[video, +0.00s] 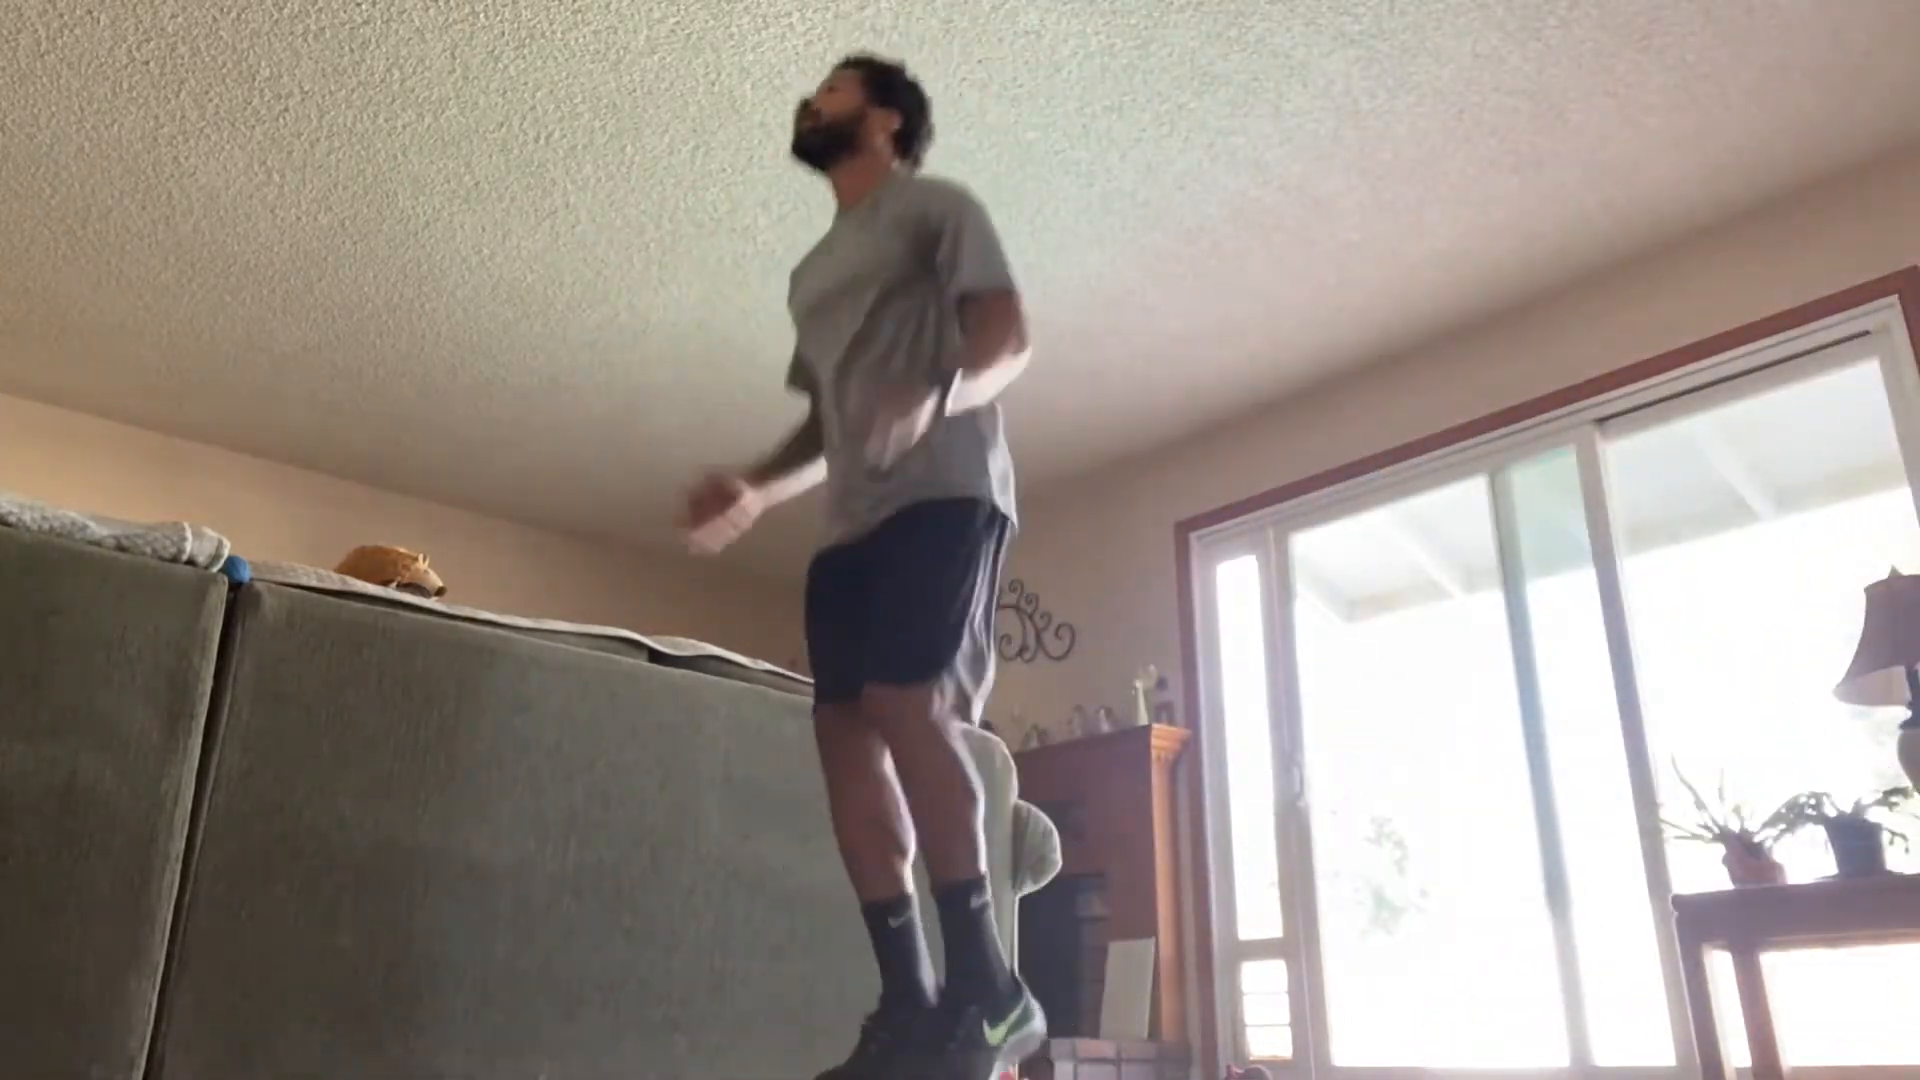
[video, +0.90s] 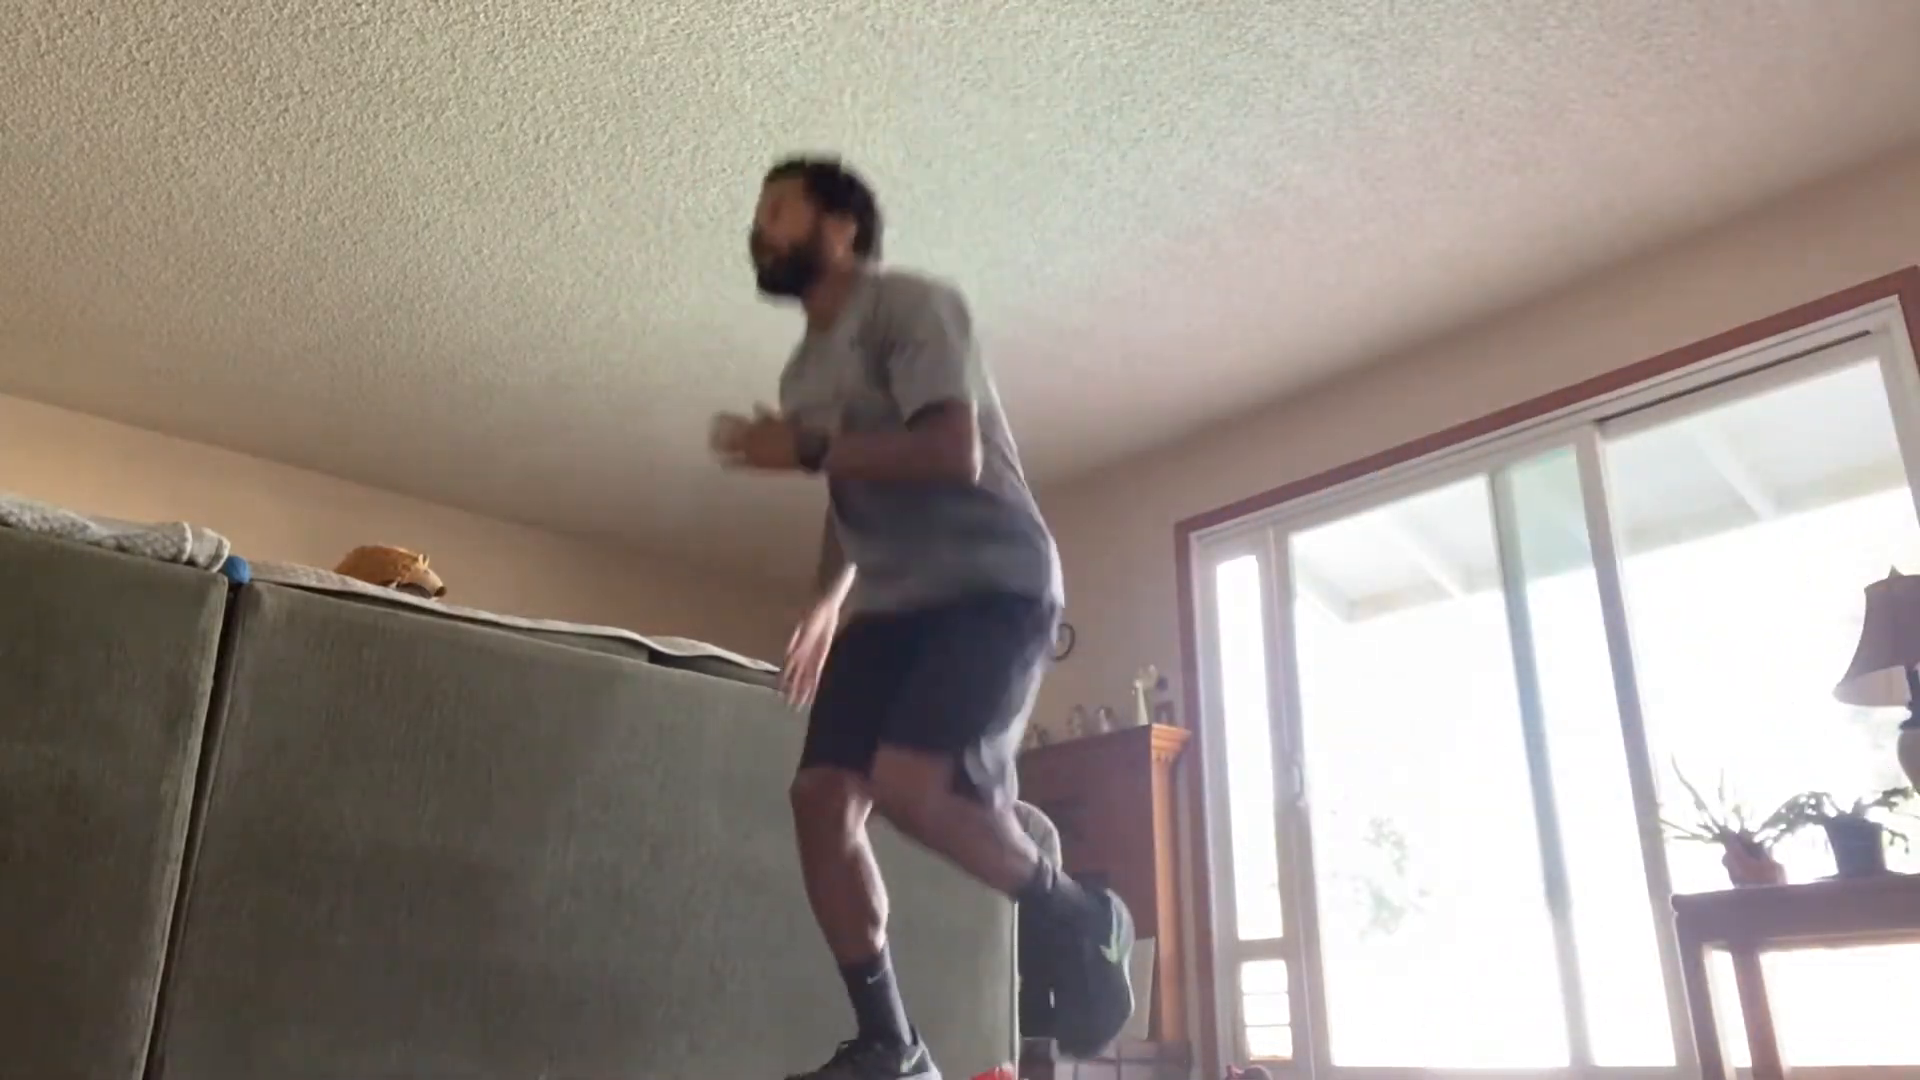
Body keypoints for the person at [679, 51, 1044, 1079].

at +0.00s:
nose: (811, 96)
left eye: (835, 84)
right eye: (814, 88)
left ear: (889, 119)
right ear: (835, 130)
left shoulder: (936, 202)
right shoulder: (811, 275)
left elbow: (1006, 332)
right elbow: (829, 418)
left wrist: (933, 394)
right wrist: (756, 486)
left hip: (945, 495)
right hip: (851, 522)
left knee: (903, 703)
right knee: (841, 724)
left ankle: (987, 984)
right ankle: (908, 1002)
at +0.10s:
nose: (831, 58)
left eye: (855, 43)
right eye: (832, 51)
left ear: (912, 68)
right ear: (847, 92)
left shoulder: (942, 148)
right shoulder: (829, 221)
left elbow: (1032, 225)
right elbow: (803, 364)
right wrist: (668, 363)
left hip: (941, 439)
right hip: (850, 460)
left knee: (932, 655)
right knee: (839, 697)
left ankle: (1013, 943)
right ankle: (879, 958)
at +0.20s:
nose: (842, 74)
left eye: (867, 64)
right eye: (845, 66)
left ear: (920, 90)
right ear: (870, 102)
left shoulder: (949, 157)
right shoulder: (838, 233)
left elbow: (1056, 96)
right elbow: (762, 331)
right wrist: (668, 242)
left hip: (940, 442)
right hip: (842, 468)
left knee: (949, 660)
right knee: (805, 703)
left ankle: (1060, 939)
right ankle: (844, 962)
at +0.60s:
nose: (829, 87)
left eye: (852, 73)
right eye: (832, 78)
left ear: (909, 96)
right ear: (862, 108)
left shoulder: (944, 160)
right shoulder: (830, 226)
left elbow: (1056, 117)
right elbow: (764, 328)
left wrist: (1042, 1)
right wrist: (649, 277)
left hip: (949, 445)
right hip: (854, 476)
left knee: (922, 641)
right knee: (812, 702)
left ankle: (1062, 912)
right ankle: (838, 956)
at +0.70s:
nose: (801, 79)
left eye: (822, 62)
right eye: (801, 67)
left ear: (880, 80)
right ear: (833, 95)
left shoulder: (922, 150)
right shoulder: (825, 226)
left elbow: (1029, 159)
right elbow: (835, 362)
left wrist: (1052, 188)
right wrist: (753, 421)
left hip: (955, 428)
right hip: (864, 456)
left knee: (904, 623)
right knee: (819, 677)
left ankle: (1063, 854)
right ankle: (870, 934)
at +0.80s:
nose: (779, 120)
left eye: (799, 102)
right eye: (779, 107)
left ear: (860, 124)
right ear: (810, 142)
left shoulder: (936, 199)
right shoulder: (814, 278)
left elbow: (1032, 317)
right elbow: (858, 408)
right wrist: (833, 505)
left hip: (973, 483)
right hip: (874, 507)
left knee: (905, 673)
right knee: (828, 724)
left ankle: (1073, 860)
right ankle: (877, 984)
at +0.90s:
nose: (758, 228)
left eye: (778, 209)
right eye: (758, 214)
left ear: (841, 225)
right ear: (800, 237)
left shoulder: (917, 304)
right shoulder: (804, 373)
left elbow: (955, 452)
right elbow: (849, 499)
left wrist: (810, 448)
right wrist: (825, 605)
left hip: (990, 584)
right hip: (889, 599)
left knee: (911, 783)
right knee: (823, 796)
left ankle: (1080, 917)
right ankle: (886, 1041)